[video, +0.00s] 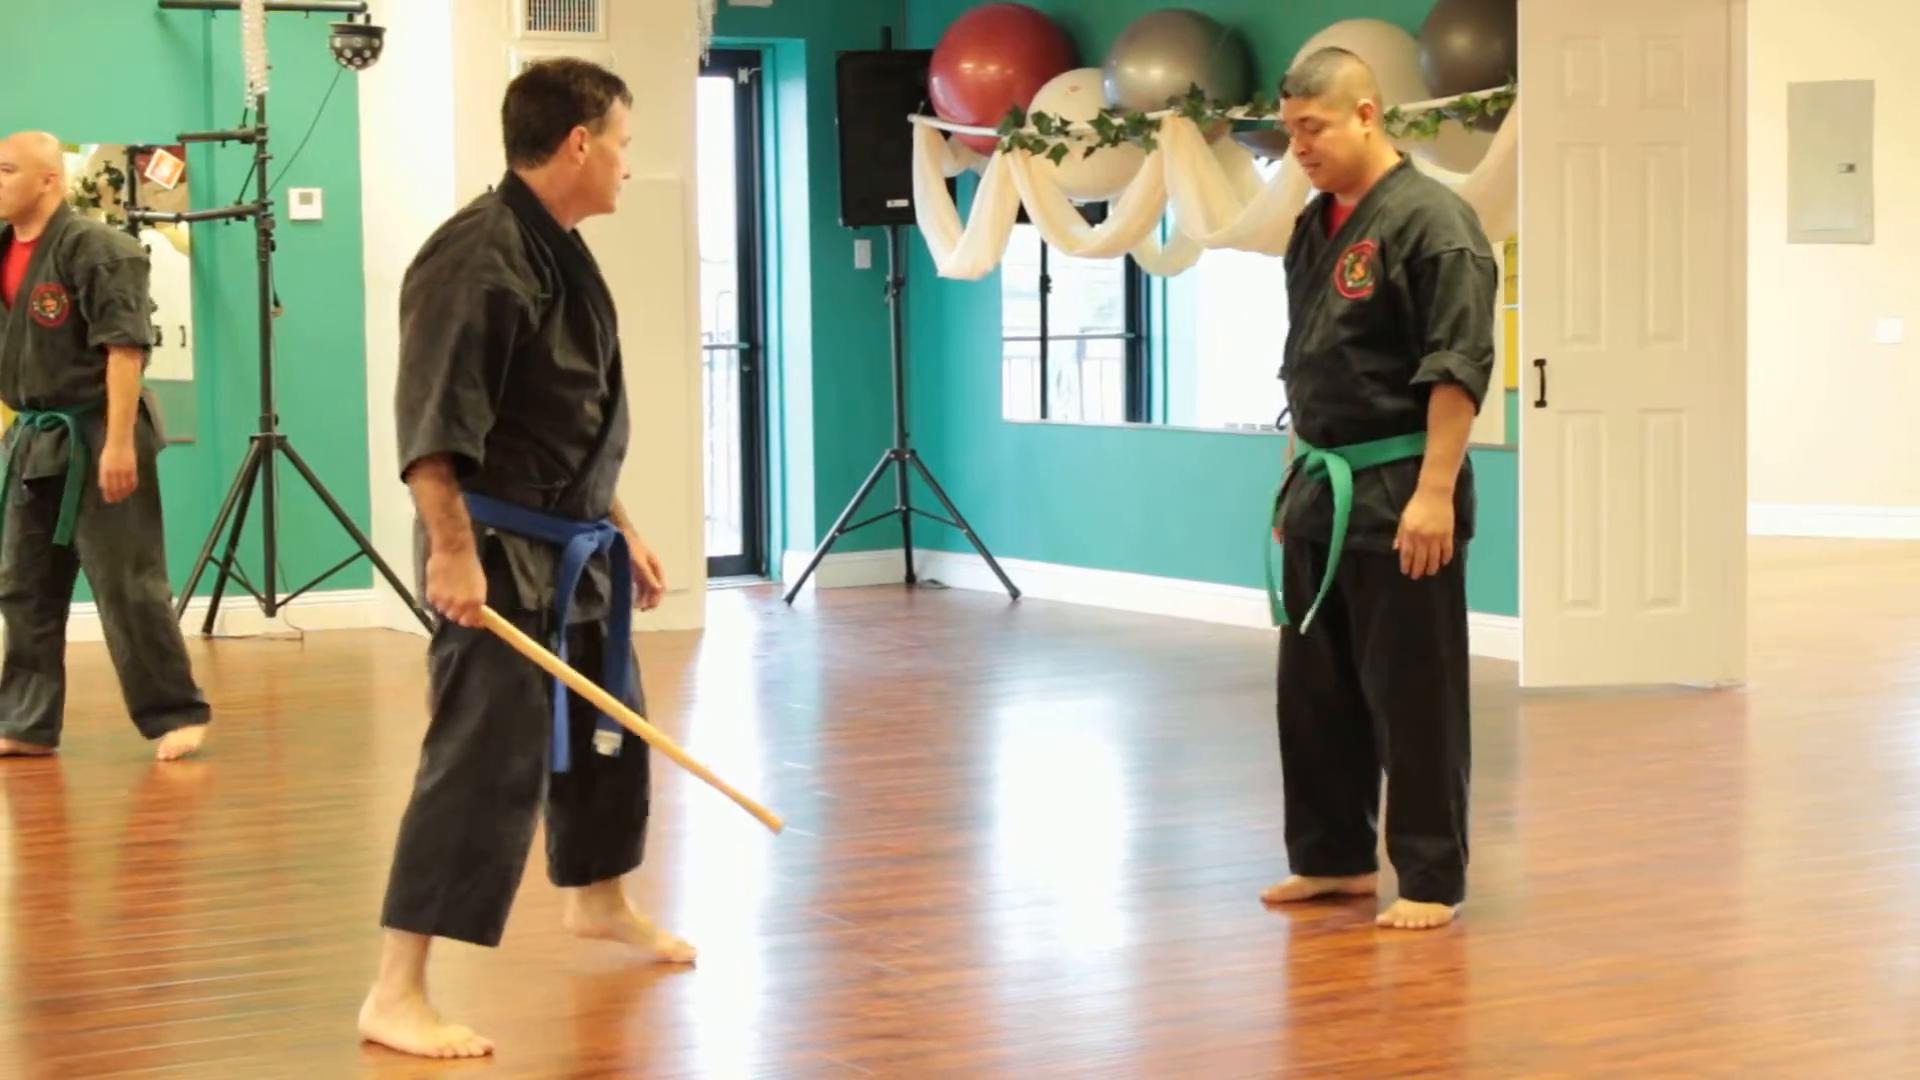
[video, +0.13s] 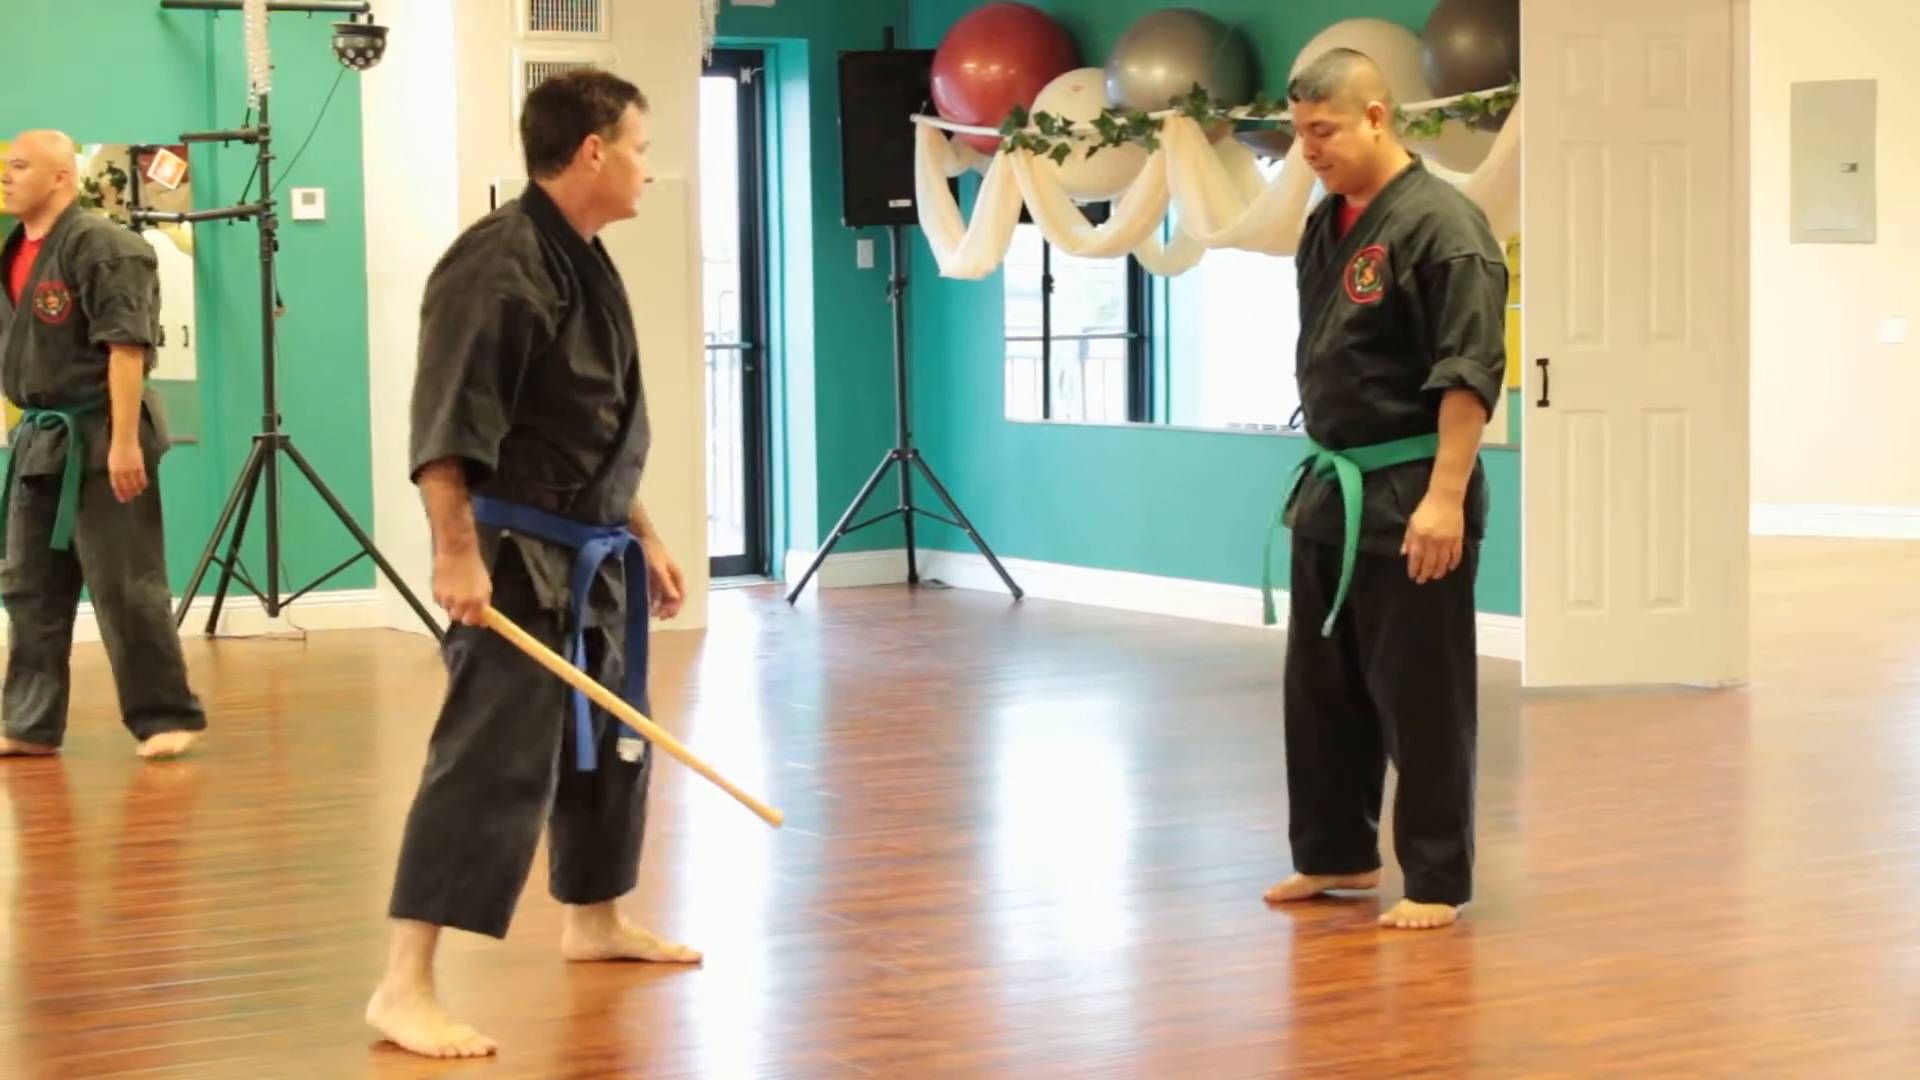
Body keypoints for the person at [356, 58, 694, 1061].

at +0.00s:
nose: (628, 166)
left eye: (628, 147)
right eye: (622, 146)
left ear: (569, 143)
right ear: (578, 144)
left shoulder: (564, 256)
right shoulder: (474, 256)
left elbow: (566, 422)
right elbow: (429, 420)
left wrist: (620, 528)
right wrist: (451, 546)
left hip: (580, 546)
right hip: (499, 547)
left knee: (605, 724)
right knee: (478, 755)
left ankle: (599, 906)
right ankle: (395, 993)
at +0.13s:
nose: (649, 167)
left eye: (646, 150)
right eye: (639, 149)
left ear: (588, 154)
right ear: (593, 152)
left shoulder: (587, 263)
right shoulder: (495, 263)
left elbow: (593, 427)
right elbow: (445, 418)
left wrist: (645, 535)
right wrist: (455, 552)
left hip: (599, 548)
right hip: (517, 548)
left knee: (606, 732)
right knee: (489, 750)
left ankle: (595, 922)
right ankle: (404, 987)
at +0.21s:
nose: (666, 163)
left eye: (662, 147)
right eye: (654, 146)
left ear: (603, 152)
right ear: (607, 150)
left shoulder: (605, 260)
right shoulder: (508, 257)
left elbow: (610, 421)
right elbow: (456, 404)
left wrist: (653, 530)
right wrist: (459, 533)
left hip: (601, 542)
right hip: (516, 539)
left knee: (611, 725)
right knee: (483, 740)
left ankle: (597, 917)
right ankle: (420, 977)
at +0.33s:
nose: (676, 162)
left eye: (674, 145)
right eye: (665, 144)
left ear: (615, 149)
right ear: (615, 146)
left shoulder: (615, 257)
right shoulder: (514, 242)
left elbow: (623, 413)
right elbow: (454, 384)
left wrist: (662, 521)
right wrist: (454, 515)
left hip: (596, 530)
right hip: (507, 525)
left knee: (606, 716)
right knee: (487, 726)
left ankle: (598, 919)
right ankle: (408, 956)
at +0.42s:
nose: (671, 166)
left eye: (670, 148)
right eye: (661, 147)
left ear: (610, 150)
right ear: (610, 146)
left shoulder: (607, 256)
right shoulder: (510, 241)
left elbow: (619, 412)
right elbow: (448, 385)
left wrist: (662, 523)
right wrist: (447, 516)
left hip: (589, 529)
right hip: (504, 526)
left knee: (602, 719)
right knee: (484, 729)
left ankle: (598, 919)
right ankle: (379, 940)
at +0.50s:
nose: (659, 168)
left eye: (657, 149)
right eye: (649, 148)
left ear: (598, 152)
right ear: (598, 148)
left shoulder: (595, 257)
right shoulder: (500, 244)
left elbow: (611, 413)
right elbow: (440, 392)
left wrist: (654, 529)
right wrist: (444, 524)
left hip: (586, 532)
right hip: (497, 527)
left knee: (607, 722)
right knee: (470, 733)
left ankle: (600, 920)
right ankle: (360, 943)